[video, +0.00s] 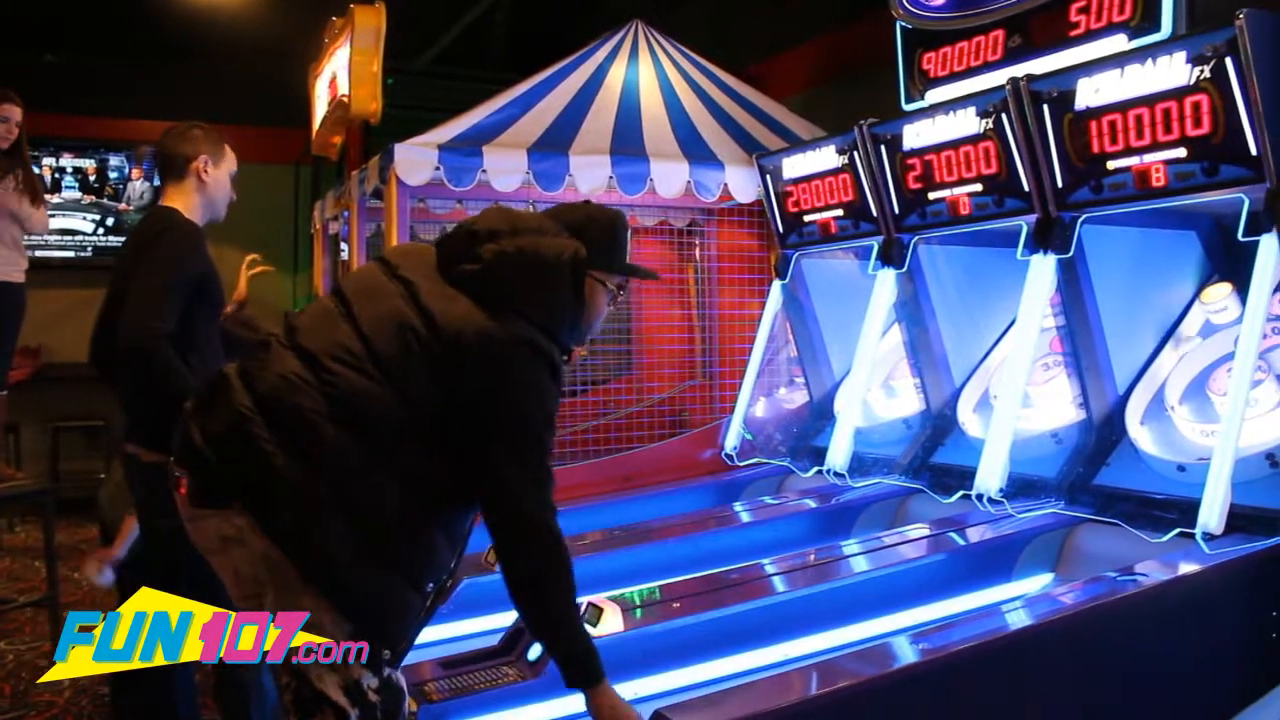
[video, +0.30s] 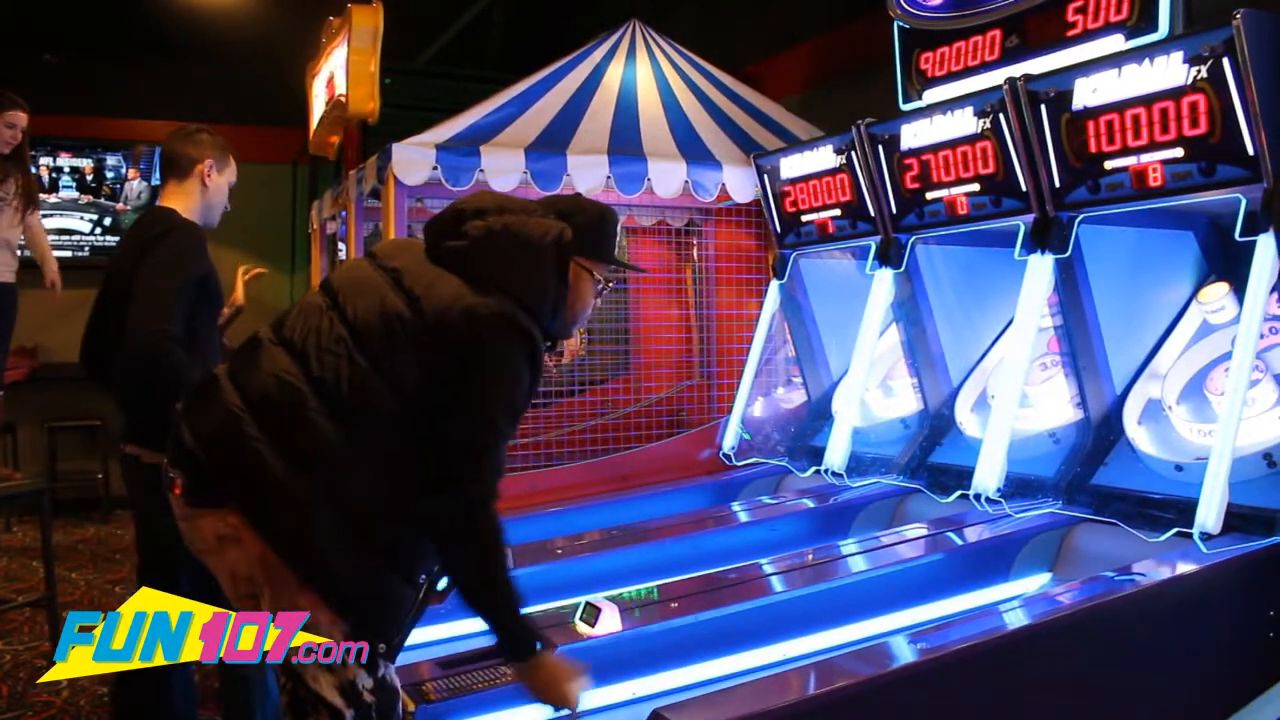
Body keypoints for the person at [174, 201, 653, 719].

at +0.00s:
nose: (611, 309)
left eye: (616, 292)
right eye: (607, 290)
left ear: (539, 260)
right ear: (568, 278)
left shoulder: (424, 264)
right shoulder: (513, 353)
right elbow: (527, 531)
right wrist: (594, 683)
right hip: (264, 502)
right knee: (345, 693)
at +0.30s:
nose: (598, 301)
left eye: (603, 284)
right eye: (595, 280)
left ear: (531, 258)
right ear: (555, 267)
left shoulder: (415, 262)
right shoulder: (496, 331)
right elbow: (461, 505)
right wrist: (526, 649)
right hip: (260, 504)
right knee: (348, 695)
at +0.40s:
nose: (596, 305)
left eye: (603, 289)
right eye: (595, 284)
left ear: (535, 259)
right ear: (556, 269)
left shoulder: (413, 261)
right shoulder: (493, 329)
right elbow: (428, 496)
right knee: (344, 688)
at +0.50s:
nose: (596, 311)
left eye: (602, 294)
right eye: (596, 290)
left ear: (551, 264)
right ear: (561, 272)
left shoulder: (424, 265)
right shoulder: (489, 329)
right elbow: (415, 484)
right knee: (340, 686)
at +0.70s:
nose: (595, 324)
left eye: (603, 308)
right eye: (597, 304)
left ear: (537, 264)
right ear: (568, 287)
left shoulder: (418, 268)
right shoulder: (498, 337)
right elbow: (411, 487)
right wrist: (358, 645)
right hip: (259, 510)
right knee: (337, 683)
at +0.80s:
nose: (594, 316)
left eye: (600, 299)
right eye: (596, 294)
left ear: (517, 256)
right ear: (563, 277)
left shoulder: (411, 265)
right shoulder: (506, 342)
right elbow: (456, 482)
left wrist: (468, 538)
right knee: (342, 687)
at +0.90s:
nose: (592, 312)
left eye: (598, 293)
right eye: (593, 290)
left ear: (511, 257)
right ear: (556, 276)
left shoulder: (403, 263)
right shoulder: (509, 348)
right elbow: (546, 490)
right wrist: (612, 558)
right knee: (350, 691)